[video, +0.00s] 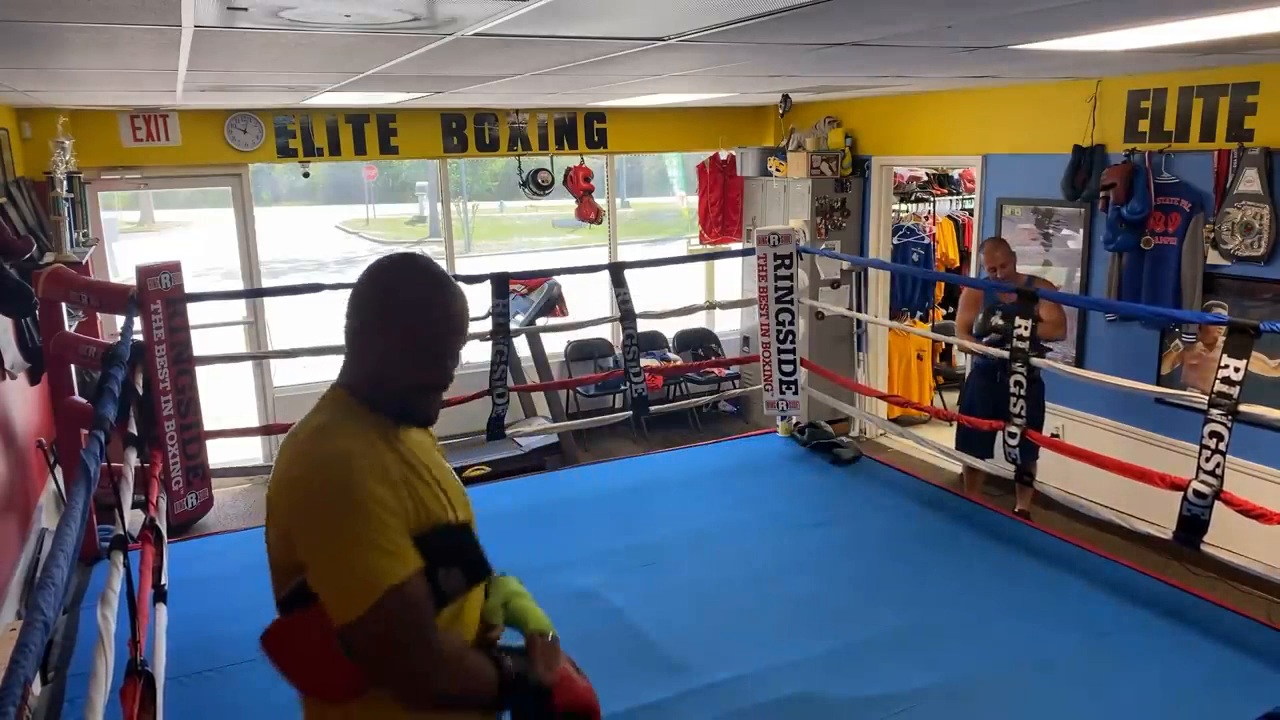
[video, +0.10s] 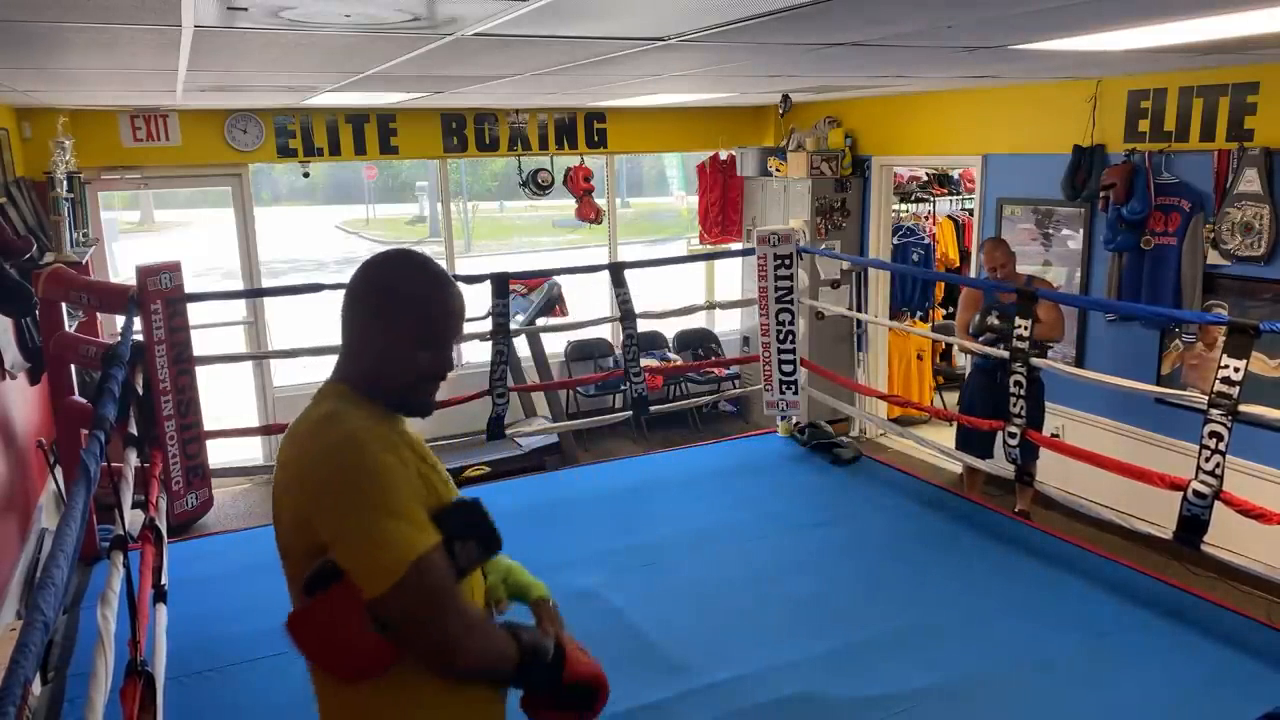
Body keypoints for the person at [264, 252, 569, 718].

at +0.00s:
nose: (450, 377)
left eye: (455, 357)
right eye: (437, 357)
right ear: (381, 345)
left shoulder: (393, 429)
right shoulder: (335, 462)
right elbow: (414, 667)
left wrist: (481, 601)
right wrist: (523, 674)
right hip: (388, 706)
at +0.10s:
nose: (448, 366)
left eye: (451, 346)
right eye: (433, 346)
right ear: (382, 334)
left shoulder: (373, 428)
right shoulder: (350, 448)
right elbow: (446, 640)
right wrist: (534, 649)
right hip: (408, 706)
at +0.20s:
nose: (446, 360)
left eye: (448, 341)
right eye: (436, 340)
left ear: (371, 331)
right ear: (382, 331)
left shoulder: (325, 420)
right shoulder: (373, 438)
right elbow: (489, 619)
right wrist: (548, 625)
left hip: (377, 700)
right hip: (441, 704)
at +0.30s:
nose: (444, 359)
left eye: (446, 342)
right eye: (435, 340)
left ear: (368, 328)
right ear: (382, 328)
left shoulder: (316, 418)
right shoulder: (386, 434)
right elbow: (512, 605)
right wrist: (546, 606)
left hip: (378, 697)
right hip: (454, 703)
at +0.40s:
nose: (444, 363)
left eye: (446, 344)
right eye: (436, 342)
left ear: (359, 327)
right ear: (385, 329)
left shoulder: (309, 420)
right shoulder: (390, 431)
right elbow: (521, 593)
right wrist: (551, 598)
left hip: (375, 694)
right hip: (454, 702)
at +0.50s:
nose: (445, 366)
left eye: (448, 348)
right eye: (439, 344)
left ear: (358, 325)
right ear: (390, 327)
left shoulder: (301, 423)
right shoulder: (396, 431)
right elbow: (528, 578)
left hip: (377, 694)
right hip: (463, 701)